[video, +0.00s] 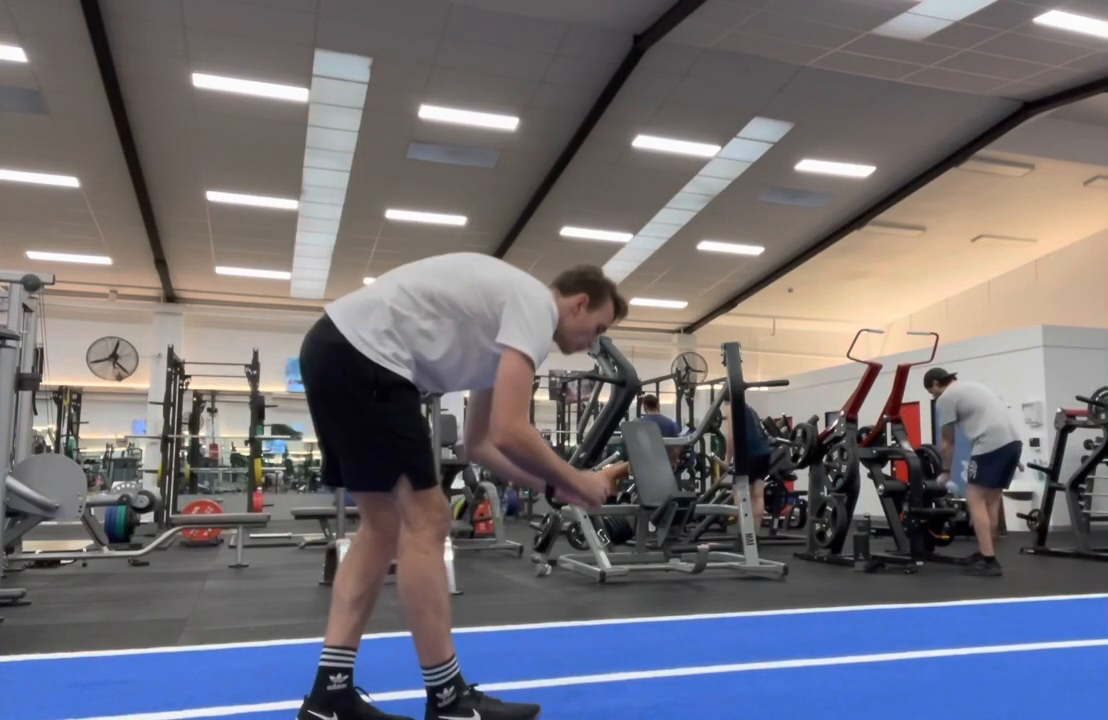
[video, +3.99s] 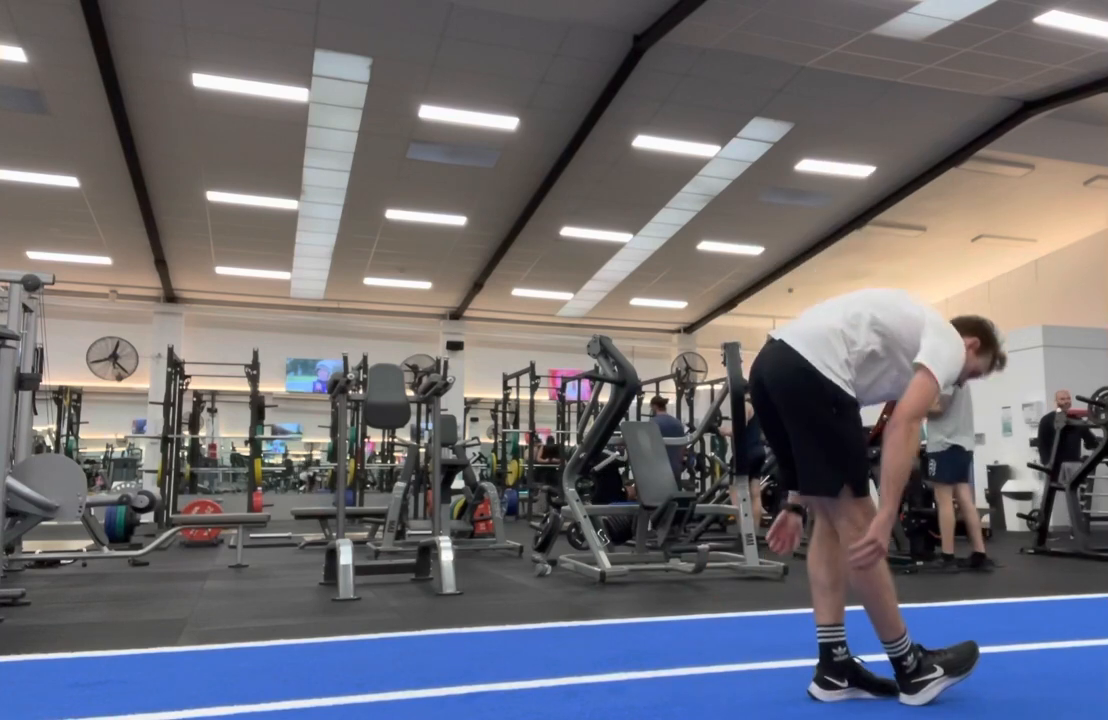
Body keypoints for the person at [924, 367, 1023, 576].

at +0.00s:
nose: (933, 396)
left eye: (931, 392)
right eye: (931, 393)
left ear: (937, 384)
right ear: (949, 379)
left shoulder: (946, 398)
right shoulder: (970, 387)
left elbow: (948, 441)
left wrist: (946, 472)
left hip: (991, 444)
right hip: (1012, 441)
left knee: (975, 500)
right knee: (992, 500)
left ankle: (988, 558)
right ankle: (984, 551)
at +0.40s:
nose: (920, 418)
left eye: (917, 414)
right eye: (917, 416)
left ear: (921, 406)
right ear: (928, 402)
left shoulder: (938, 411)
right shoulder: (952, 406)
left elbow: (944, 453)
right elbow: (962, 456)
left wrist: (944, 482)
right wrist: (947, 480)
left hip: (995, 442)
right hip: (1007, 439)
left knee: (976, 497)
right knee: (980, 499)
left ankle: (997, 555)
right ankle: (981, 554)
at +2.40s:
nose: (913, 435)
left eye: (910, 431)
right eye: (910, 433)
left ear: (915, 421)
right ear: (917, 421)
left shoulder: (938, 418)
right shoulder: (937, 436)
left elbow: (958, 457)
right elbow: (944, 474)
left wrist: (957, 485)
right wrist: (933, 504)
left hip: (1006, 440)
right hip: (991, 446)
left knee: (999, 498)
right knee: (983, 498)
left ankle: (1005, 559)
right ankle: (981, 555)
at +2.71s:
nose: (915, 406)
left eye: (913, 400)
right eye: (912, 402)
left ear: (920, 392)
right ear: (923, 392)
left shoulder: (942, 397)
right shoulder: (942, 405)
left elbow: (949, 431)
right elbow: (951, 445)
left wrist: (940, 457)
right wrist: (946, 474)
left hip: (999, 441)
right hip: (985, 445)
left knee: (988, 495)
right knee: (977, 496)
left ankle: (1004, 557)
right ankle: (981, 554)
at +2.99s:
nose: (925, 377)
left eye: (925, 371)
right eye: (923, 372)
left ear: (935, 365)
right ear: (939, 365)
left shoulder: (948, 379)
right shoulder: (957, 381)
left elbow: (950, 412)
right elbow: (961, 423)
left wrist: (934, 434)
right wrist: (941, 442)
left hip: (981, 440)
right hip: (983, 441)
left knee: (969, 495)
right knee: (973, 497)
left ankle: (996, 551)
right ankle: (981, 552)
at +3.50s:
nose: (937, 357)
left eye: (939, 352)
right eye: (936, 353)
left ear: (952, 351)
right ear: (956, 352)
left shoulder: (956, 371)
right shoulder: (967, 373)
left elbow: (951, 405)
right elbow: (963, 410)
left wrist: (929, 417)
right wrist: (938, 420)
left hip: (962, 441)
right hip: (977, 441)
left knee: (947, 494)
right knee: (969, 496)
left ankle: (963, 550)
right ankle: (980, 551)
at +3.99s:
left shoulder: (947, 374)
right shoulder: (956, 374)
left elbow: (939, 407)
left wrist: (918, 405)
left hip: (943, 442)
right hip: (962, 440)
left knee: (944, 500)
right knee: (965, 498)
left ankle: (947, 554)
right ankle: (979, 551)